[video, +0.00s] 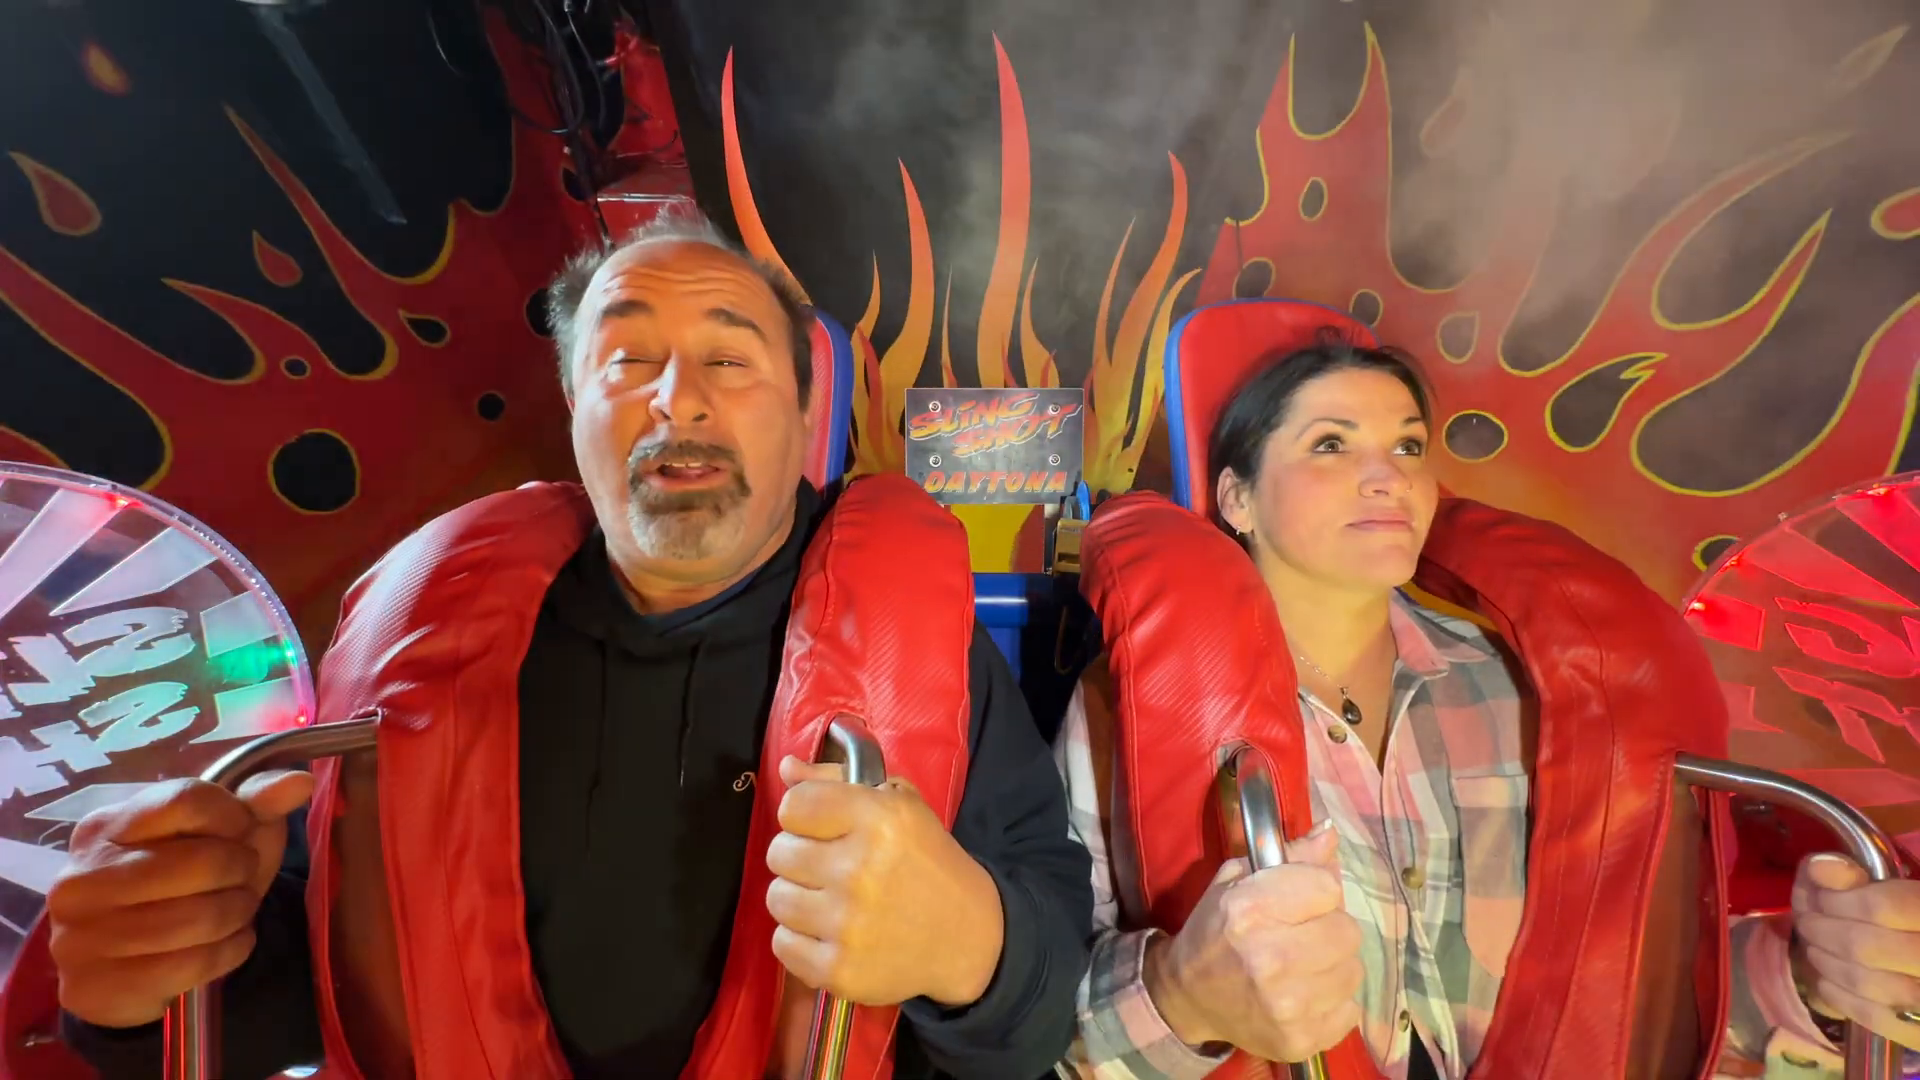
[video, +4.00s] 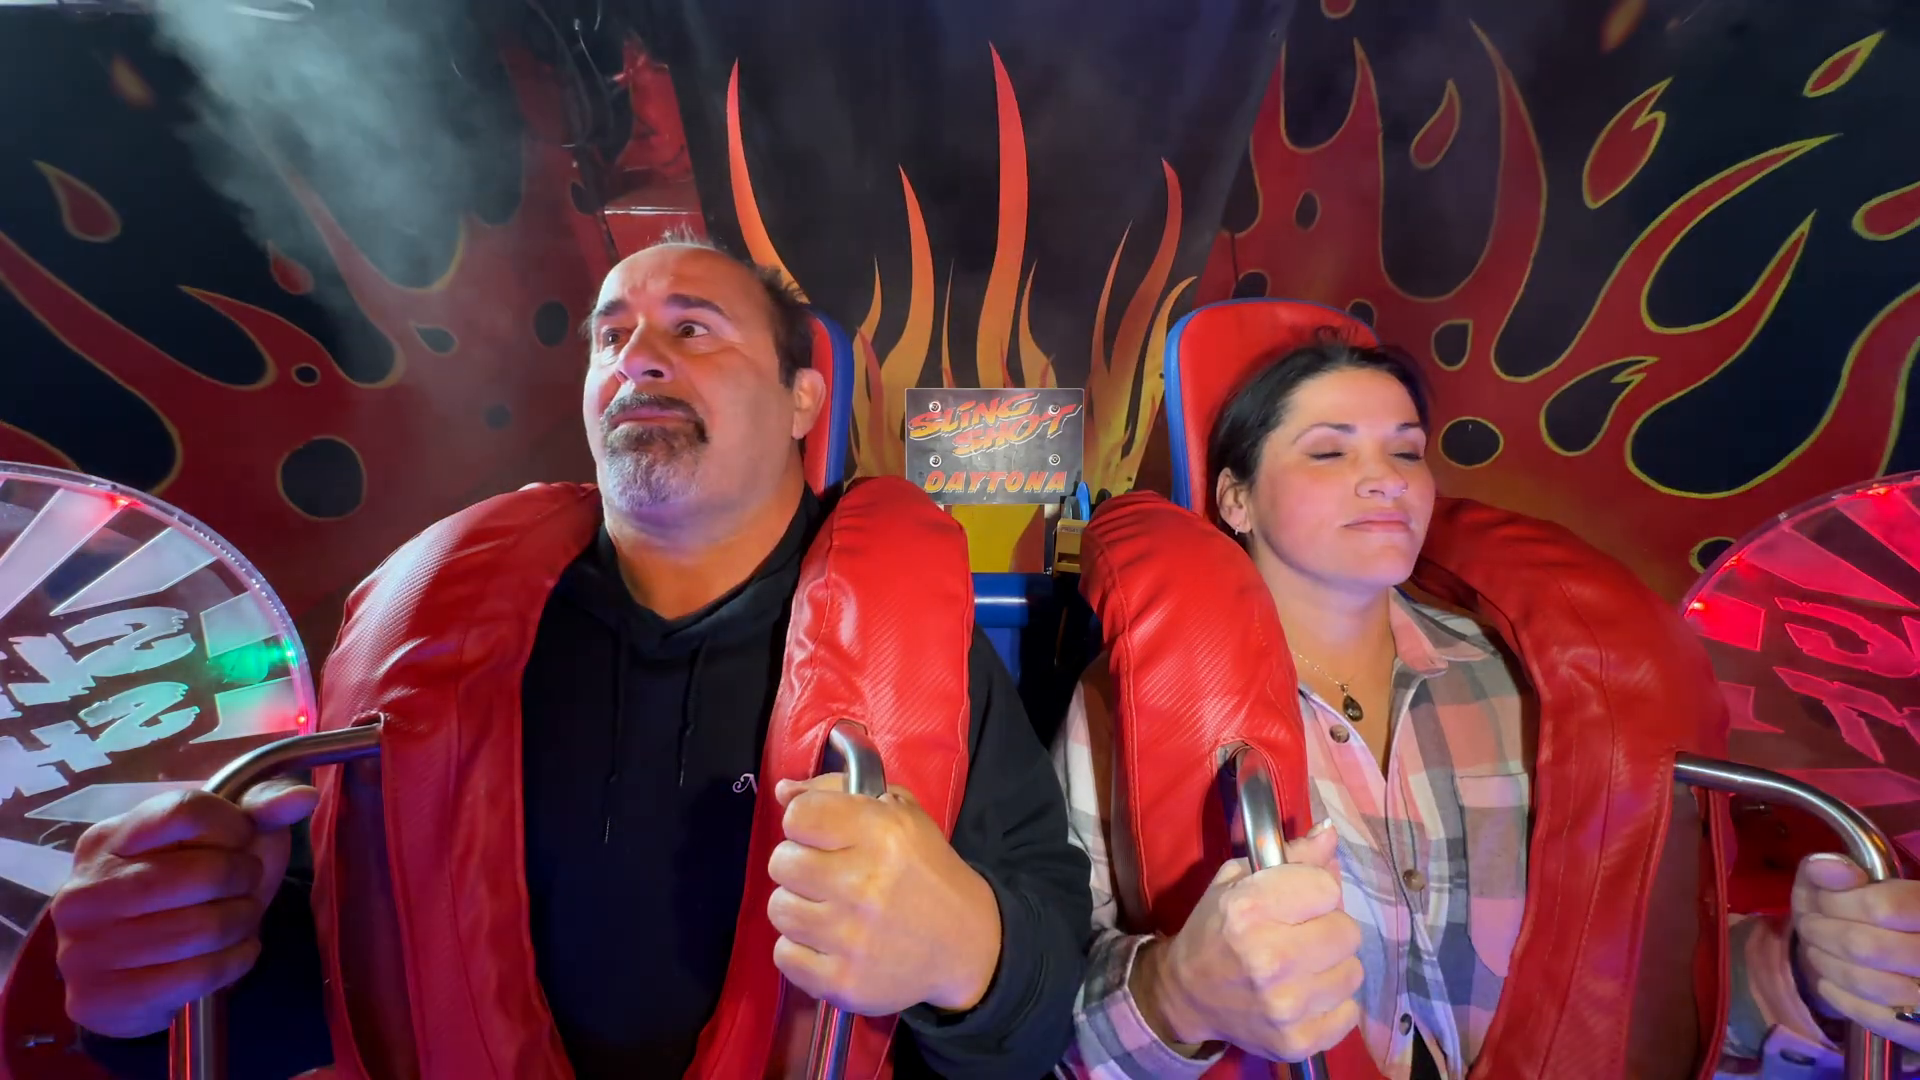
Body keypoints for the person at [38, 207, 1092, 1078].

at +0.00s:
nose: (674, 403)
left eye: (728, 362)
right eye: (629, 366)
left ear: (805, 418)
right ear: (572, 426)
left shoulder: (927, 654)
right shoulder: (416, 634)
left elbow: (1044, 1012)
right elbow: (295, 990)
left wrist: (980, 949)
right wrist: (109, 985)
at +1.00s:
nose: (667, 379)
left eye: (725, 348)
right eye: (632, 347)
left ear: (809, 414)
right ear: (583, 414)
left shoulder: (926, 662)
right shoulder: (434, 635)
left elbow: (1045, 1023)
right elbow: (310, 992)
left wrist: (980, 956)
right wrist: (101, 988)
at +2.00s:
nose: (623, 478)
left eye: (680, 419)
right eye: (588, 421)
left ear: (791, 416)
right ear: (549, 427)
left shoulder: (925, 644)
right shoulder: (419, 623)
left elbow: (1048, 1008)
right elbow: (303, 977)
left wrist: (981, 948)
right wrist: (106, 988)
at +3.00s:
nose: (663, 346)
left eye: (720, 322)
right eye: (630, 328)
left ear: (808, 410)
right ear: (592, 409)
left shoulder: (923, 655)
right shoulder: (433, 628)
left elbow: (1047, 1015)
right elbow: (310, 983)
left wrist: (981, 958)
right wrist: (102, 988)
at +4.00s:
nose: (638, 353)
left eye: (697, 322)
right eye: (612, 334)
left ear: (807, 404)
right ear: (582, 413)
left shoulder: (923, 661)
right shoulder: (425, 630)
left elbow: (1043, 1006)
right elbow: (309, 982)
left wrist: (979, 958)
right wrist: (107, 980)